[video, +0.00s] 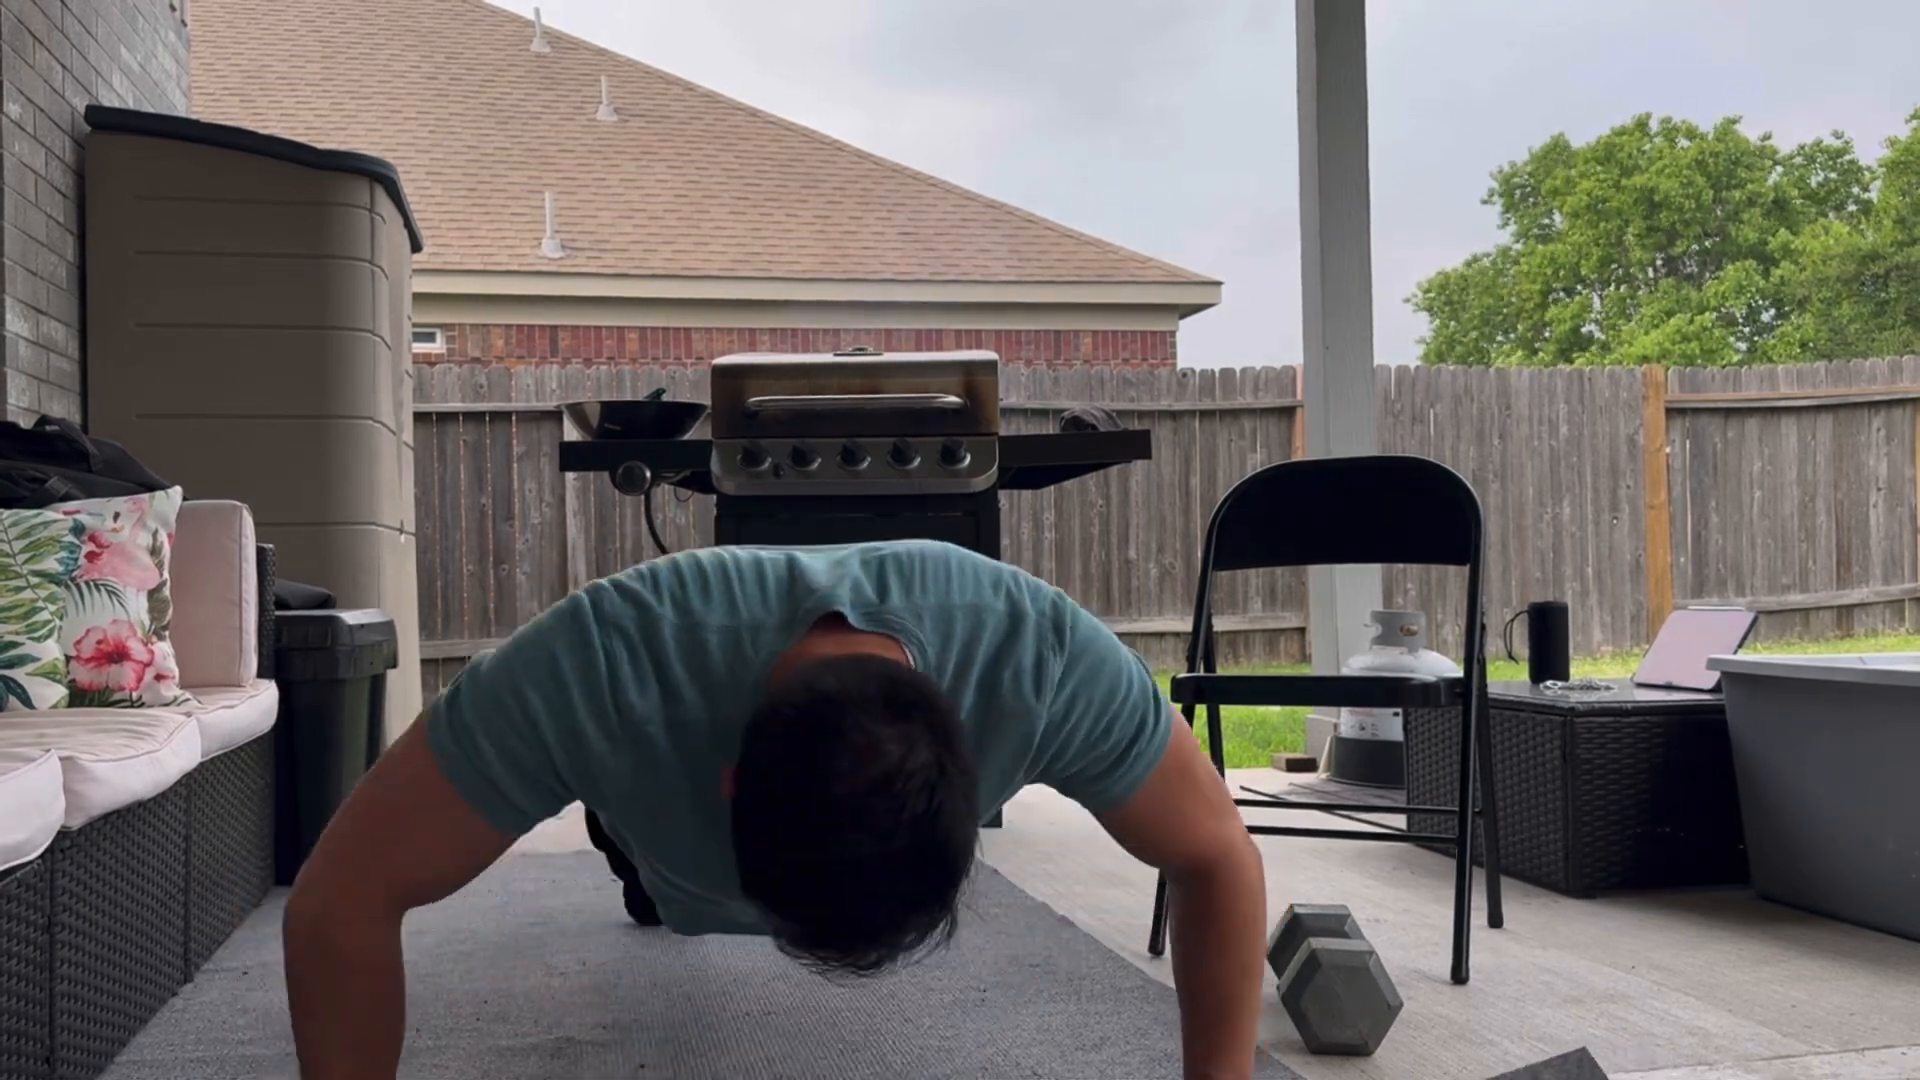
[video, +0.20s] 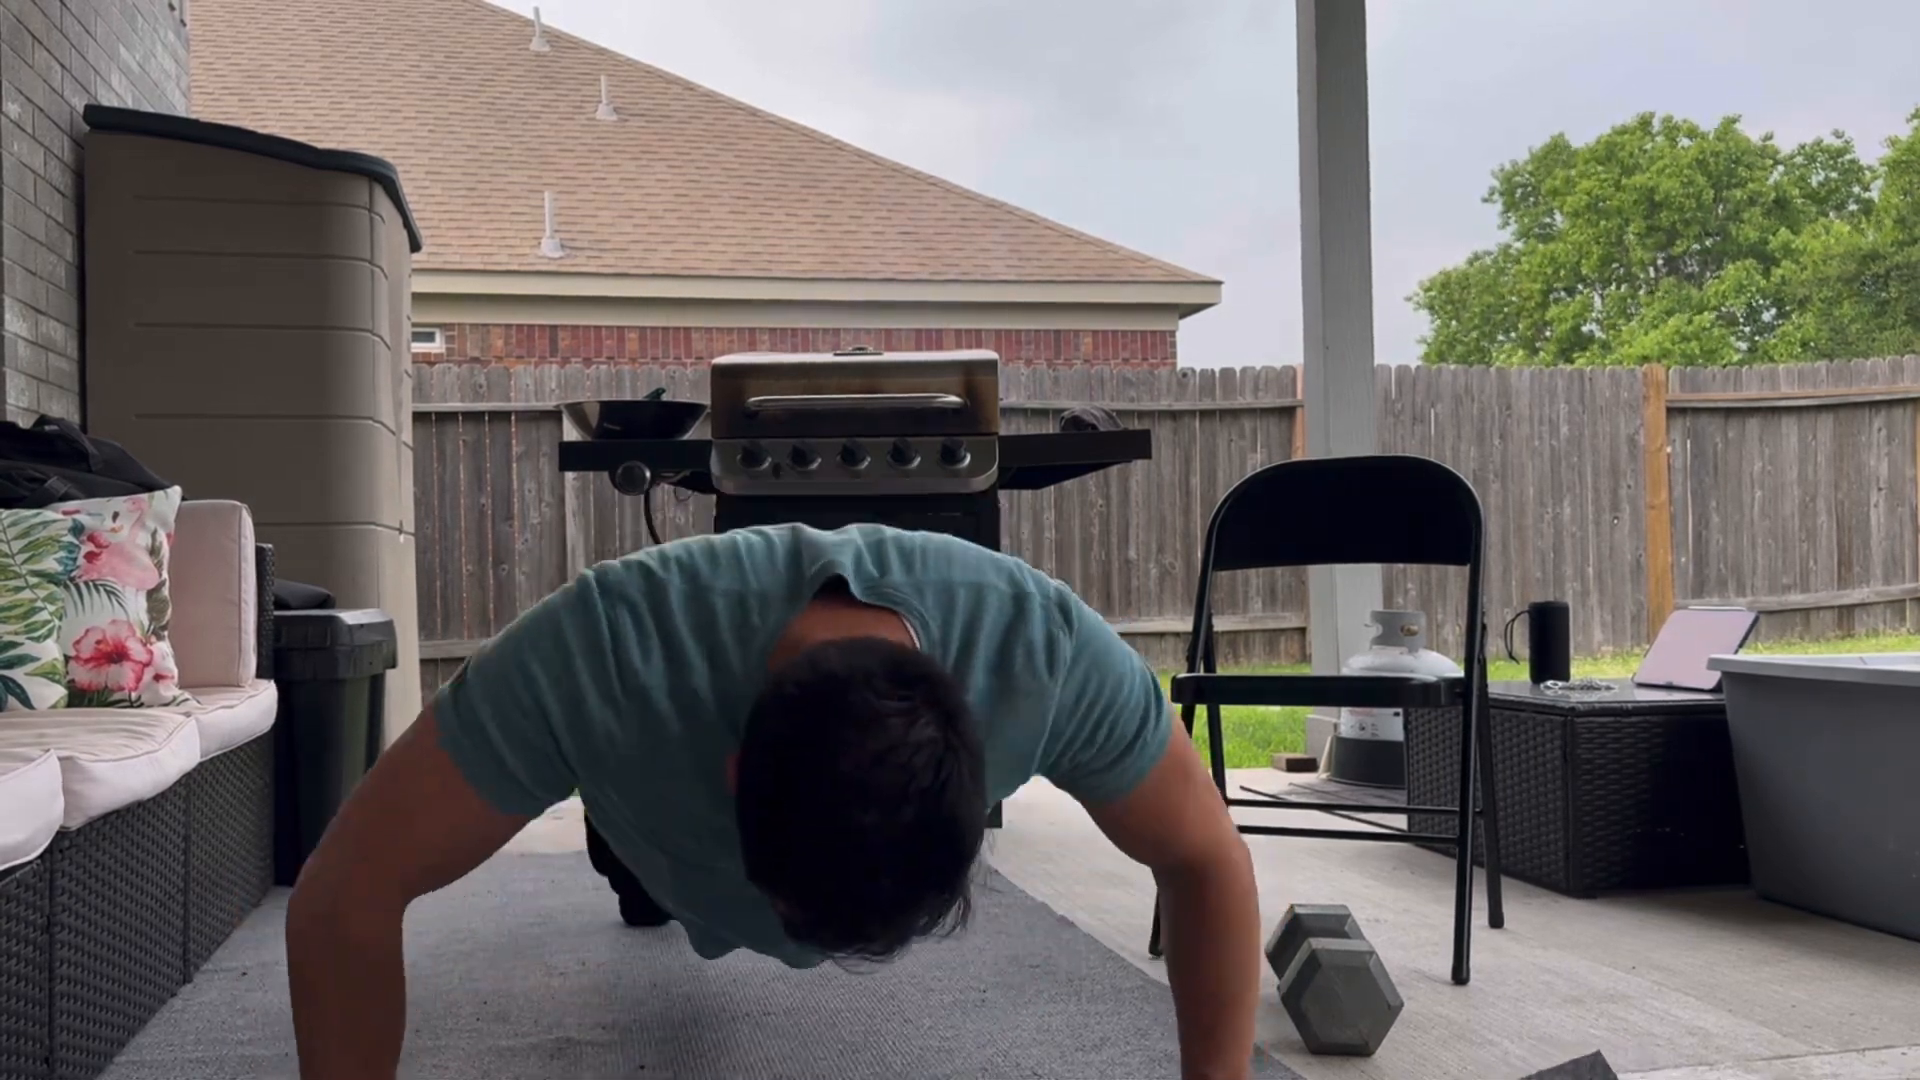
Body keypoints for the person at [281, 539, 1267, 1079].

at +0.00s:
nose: (829, 946)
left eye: (874, 932)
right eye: (799, 919)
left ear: (963, 802)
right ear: (733, 780)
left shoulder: (1046, 664)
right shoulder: (598, 668)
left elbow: (1217, 863)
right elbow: (341, 900)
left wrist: (1216, 1073)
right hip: (667, 813)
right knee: (669, 891)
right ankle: (637, 866)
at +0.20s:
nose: (835, 950)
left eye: (876, 935)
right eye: (809, 932)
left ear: (969, 798)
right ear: (735, 771)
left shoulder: (1048, 657)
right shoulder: (595, 658)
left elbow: (1207, 864)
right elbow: (342, 897)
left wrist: (1216, 1078)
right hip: (651, 813)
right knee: (652, 881)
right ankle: (644, 880)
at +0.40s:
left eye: (903, 1032)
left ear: (945, 1012)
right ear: (749, 1014)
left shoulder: (1048, 852)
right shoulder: (606, 871)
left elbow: (1256, 868)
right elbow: (282, 927)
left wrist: (1228, 1075)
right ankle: (443, 808)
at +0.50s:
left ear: (935, 1040)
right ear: (754, 1046)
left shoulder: (1034, 901)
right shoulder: (620, 931)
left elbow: (1253, 863)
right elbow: (288, 921)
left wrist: (1229, 1069)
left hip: (937, 833)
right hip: (674, 850)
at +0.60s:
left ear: (937, 1040)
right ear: (752, 1042)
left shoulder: (1043, 889)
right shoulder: (618, 923)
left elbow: (1249, 866)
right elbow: (288, 923)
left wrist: (1229, 1073)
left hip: (921, 813)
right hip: (691, 827)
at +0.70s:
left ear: (961, 982)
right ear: (732, 995)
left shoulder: (1055, 829)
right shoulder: (599, 849)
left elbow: (1249, 875)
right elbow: (286, 924)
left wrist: (1225, 1070)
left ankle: (1273, 901)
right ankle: (445, 803)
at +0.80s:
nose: (828, 1017)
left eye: (871, 1006)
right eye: (785, 984)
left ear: (965, 835)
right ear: (730, 846)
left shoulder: (1052, 736)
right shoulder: (587, 747)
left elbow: (1235, 871)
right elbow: (306, 916)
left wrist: (1224, 1068)